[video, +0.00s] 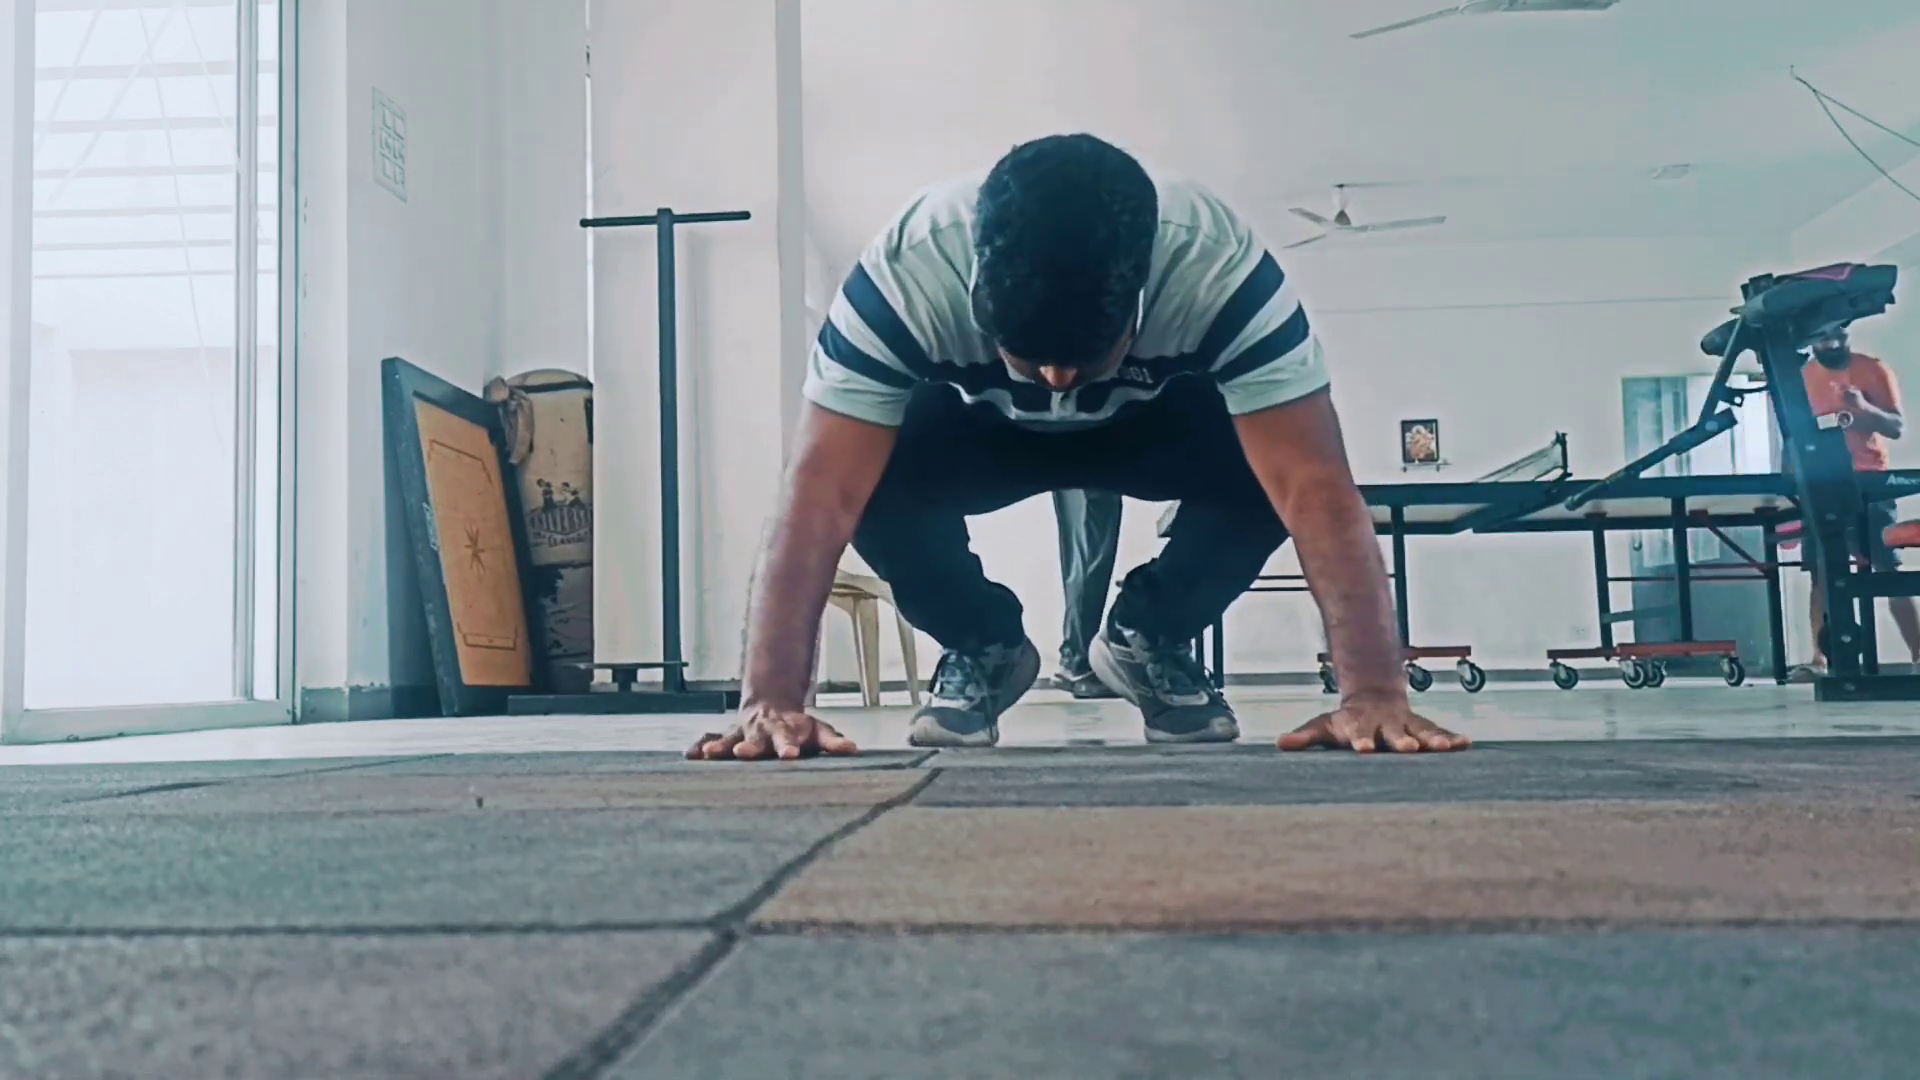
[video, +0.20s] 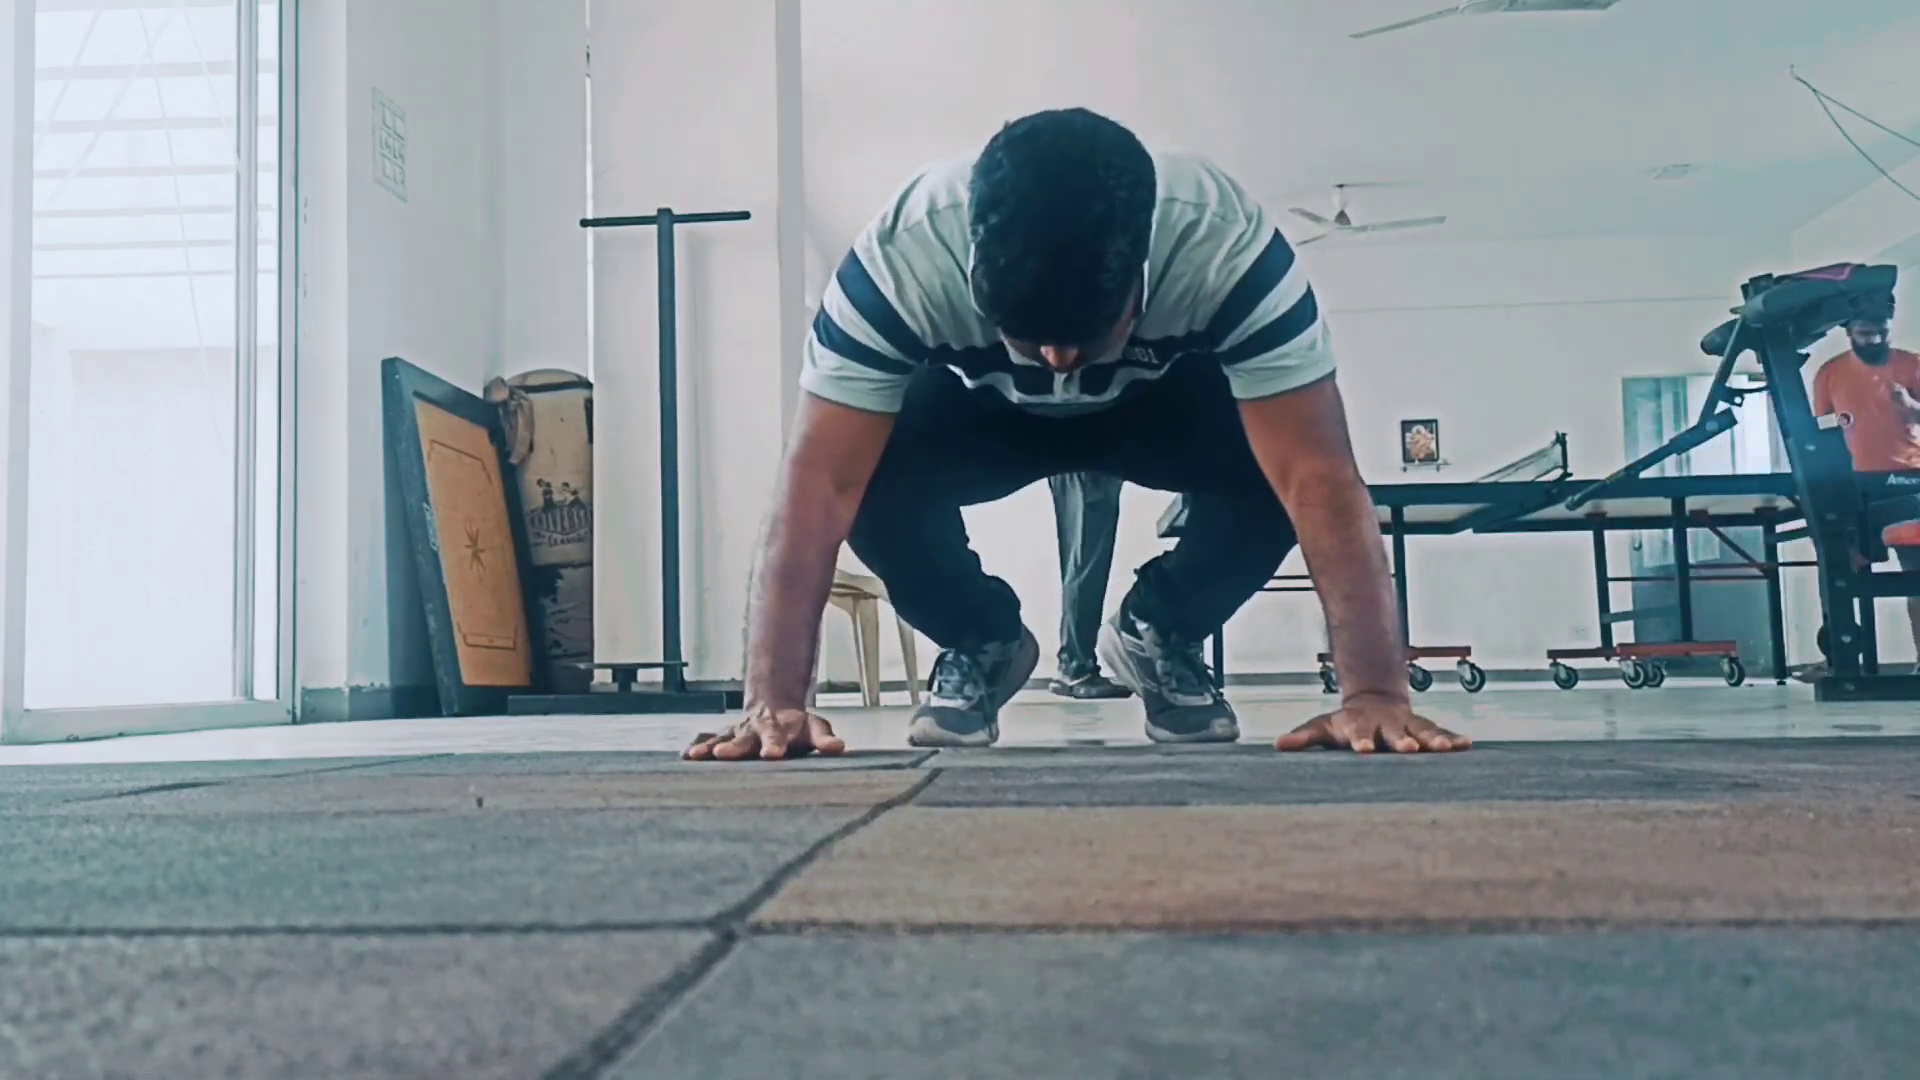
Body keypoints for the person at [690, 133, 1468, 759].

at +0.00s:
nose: (1061, 382)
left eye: (1092, 364)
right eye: (1033, 364)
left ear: (1144, 290)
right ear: (987, 290)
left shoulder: (1227, 274)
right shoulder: (910, 278)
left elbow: (1319, 490)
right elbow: (820, 495)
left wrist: (1375, 693)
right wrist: (776, 701)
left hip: (1148, 417)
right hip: (991, 423)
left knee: (1271, 471)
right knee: (870, 490)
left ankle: (1146, 636)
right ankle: (988, 646)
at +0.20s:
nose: (1065, 364)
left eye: (1096, 344)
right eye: (1036, 347)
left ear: (1145, 266)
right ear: (983, 270)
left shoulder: (1231, 246)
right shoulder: (904, 262)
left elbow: (1320, 478)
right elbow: (822, 480)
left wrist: (1375, 692)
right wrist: (778, 702)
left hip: (1157, 396)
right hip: (992, 404)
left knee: (1286, 480)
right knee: (870, 492)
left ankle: (1160, 627)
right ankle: (985, 641)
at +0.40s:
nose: (1061, 354)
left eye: (1092, 334)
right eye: (1033, 335)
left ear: (1143, 254)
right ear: (980, 256)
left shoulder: (1233, 237)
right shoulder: (904, 250)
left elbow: (1327, 477)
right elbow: (816, 477)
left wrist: (1377, 691)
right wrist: (774, 701)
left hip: (1162, 400)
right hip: (990, 404)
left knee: (1287, 495)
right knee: (865, 492)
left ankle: (1165, 624)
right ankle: (984, 637)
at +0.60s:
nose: (1047, 349)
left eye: (1075, 329)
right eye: (1021, 330)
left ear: (1129, 259)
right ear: (970, 260)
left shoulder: (1223, 241)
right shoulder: (900, 254)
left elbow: (1321, 479)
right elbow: (820, 483)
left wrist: (1376, 691)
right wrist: (773, 700)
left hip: (1154, 398)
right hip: (990, 403)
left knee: (1273, 485)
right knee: (867, 486)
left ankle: (1161, 625)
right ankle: (987, 640)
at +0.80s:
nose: (1048, 354)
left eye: (1076, 331)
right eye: (1021, 333)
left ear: (1129, 257)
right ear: (971, 264)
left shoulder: (1225, 257)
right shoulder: (903, 266)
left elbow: (1322, 480)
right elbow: (819, 486)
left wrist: (1370, 689)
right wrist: (776, 698)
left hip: (1152, 429)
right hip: (984, 432)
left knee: (1285, 488)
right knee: (857, 490)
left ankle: (1157, 630)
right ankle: (987, 643)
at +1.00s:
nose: (1058, 349)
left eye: (1090, 327)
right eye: (1029, 330)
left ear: (1139, 245)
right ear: (977, 244)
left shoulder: (1227, 235)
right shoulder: (900, 252)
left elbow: (1321, 476)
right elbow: (819, 476)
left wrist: (1372, 691)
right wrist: (772, 699)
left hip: (1158, 416)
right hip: (981, 421)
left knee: (1292, 494)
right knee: (851, 492)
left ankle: (1165, 626)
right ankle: (983, 638)